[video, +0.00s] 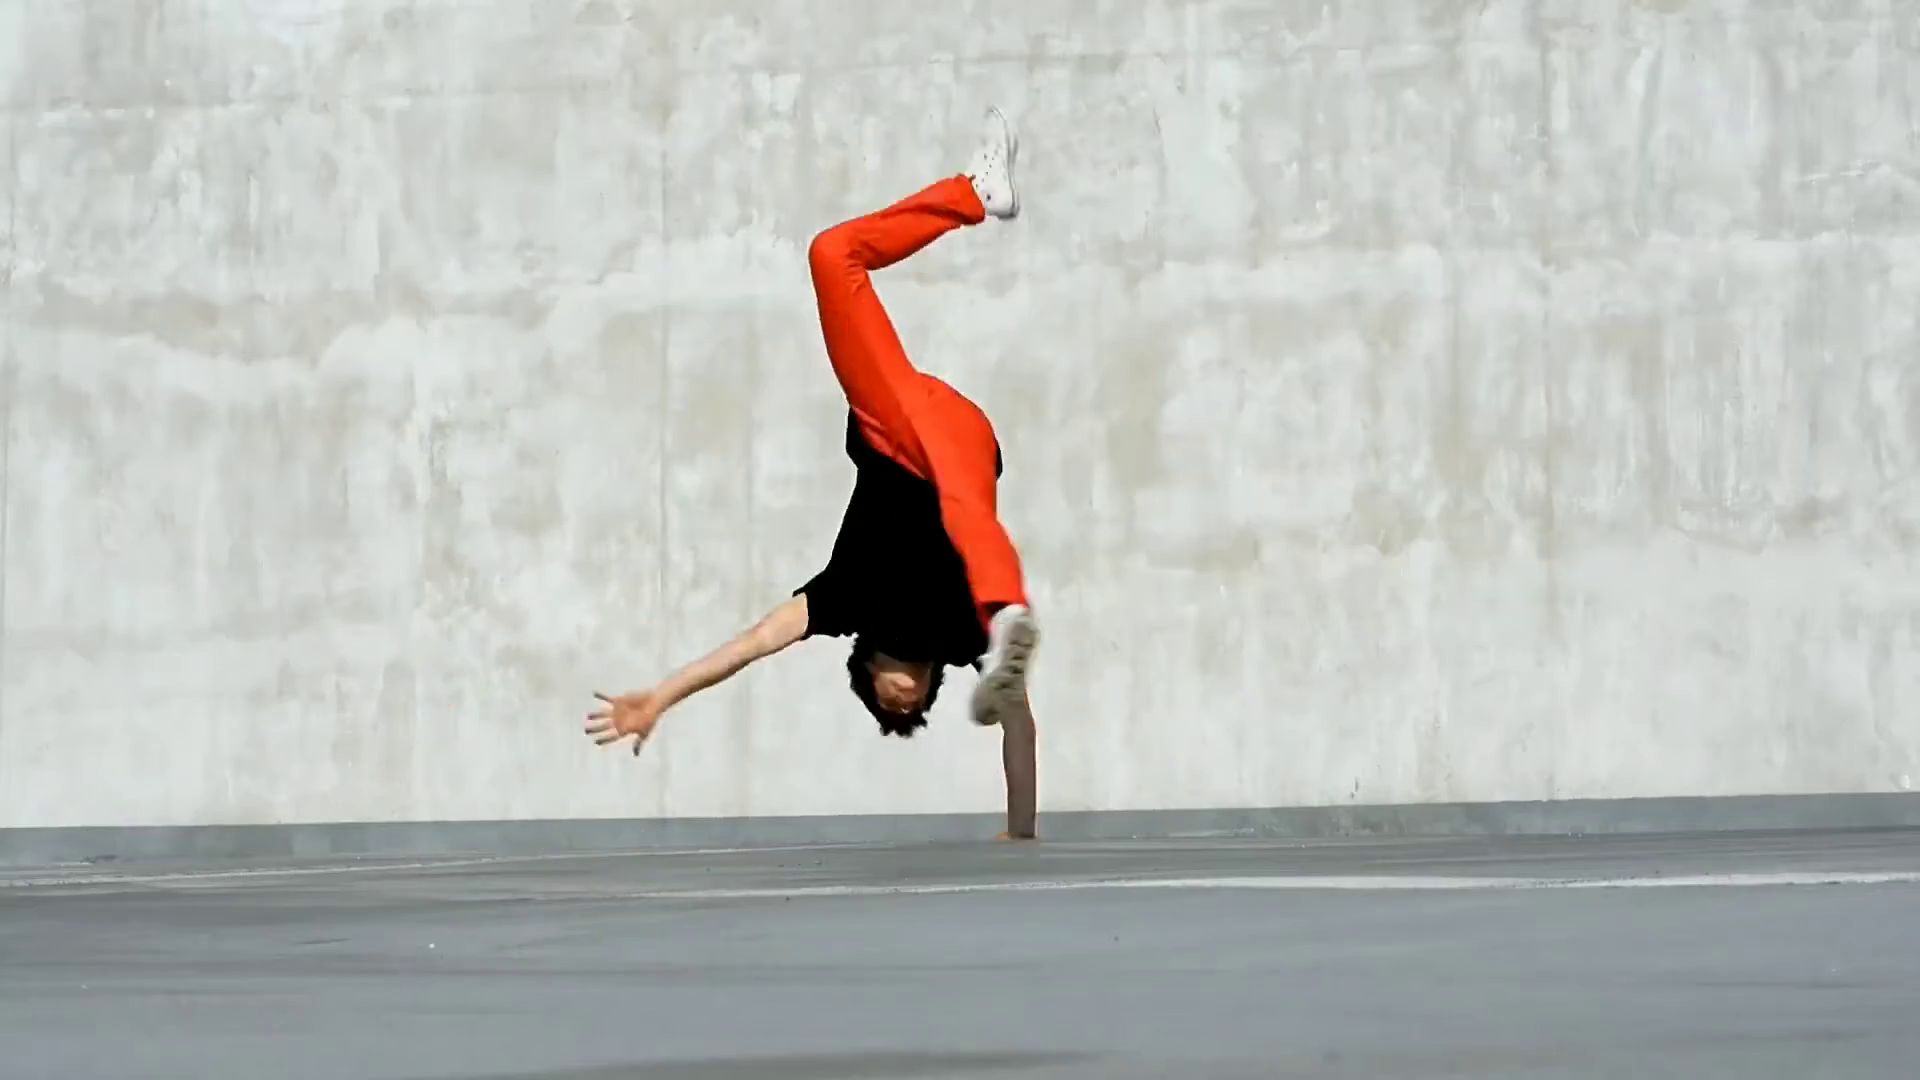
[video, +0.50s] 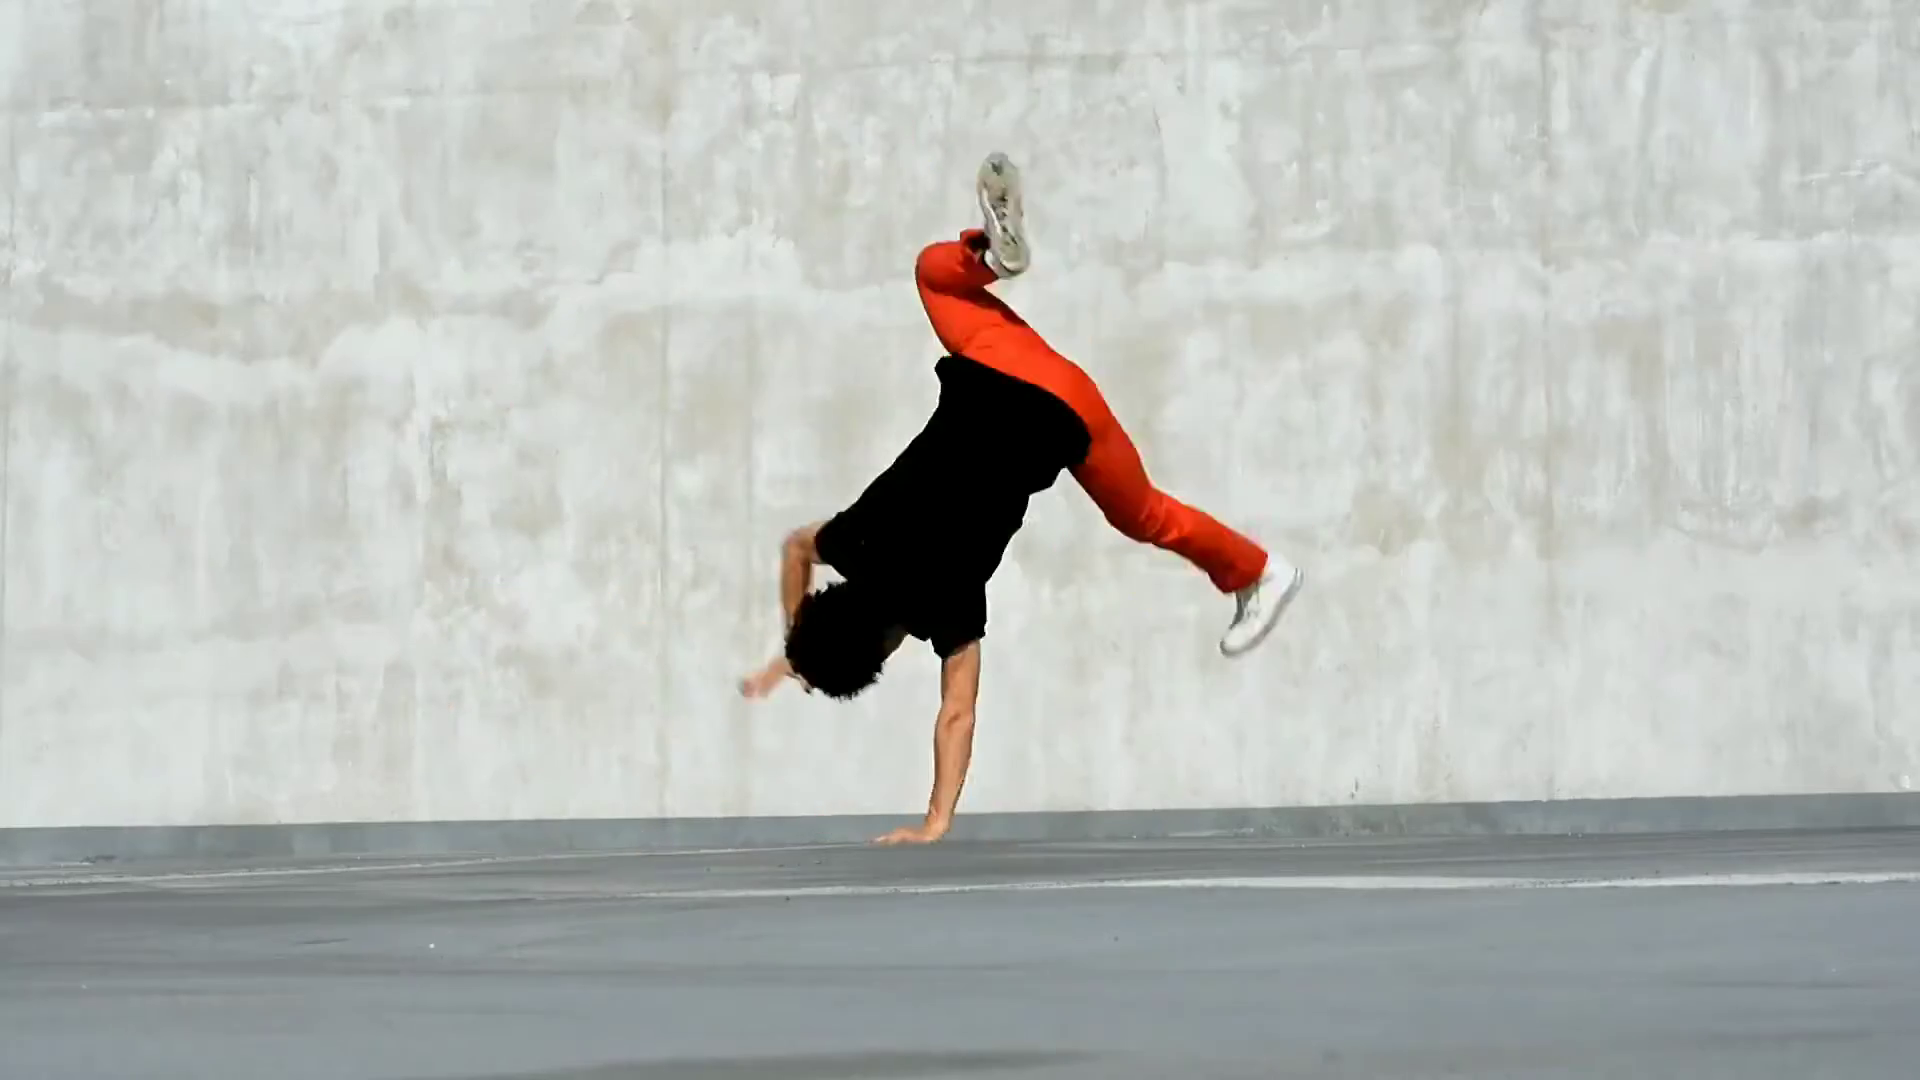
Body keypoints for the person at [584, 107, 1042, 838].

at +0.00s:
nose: (911, 703)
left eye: (895, 705)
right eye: (913, 708)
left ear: (872, 676)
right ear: (923, 681)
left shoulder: (844, 599)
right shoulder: (968, 630)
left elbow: (750, 648)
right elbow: (1018, 728)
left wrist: (656, 701)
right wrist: (1023, 837)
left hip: (882, 408)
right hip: (962, 423)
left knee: (834, 253)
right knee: (969, 510)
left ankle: (974, 194)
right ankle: (1013, 618)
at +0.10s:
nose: (896, 709)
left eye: (881, 712)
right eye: (892, 713)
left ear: (857, 677)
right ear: (901, 685)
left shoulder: (841, 610)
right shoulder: (981, 637)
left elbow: (833, 680)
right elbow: (1010, 728)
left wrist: (821, 777)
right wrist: (1020, 830)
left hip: (908, 409)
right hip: (985, 420)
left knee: (851, 257)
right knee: (1106, 501)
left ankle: (881, 102)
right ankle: (1255, 578)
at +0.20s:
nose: (878, 714)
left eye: (864, 707)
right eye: (867, 712)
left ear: (844, 666)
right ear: (879, 671)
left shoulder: (862, 621)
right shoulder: (968, 634)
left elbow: (896, 708)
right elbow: (1003, 729)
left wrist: (923, 819)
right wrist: (1020, 831)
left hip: (931, 411)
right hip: (998, 418)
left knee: (878, 290)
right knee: (1152, 438)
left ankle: (832, 141)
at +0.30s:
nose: (883, 701)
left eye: (870, 696)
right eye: (874, 703)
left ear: (856, 662)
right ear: (872, 666)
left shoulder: (880, 608)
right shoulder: (949, 632)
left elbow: (916, 709)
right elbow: (990, 718)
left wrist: (930, 823)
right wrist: (1018, 826)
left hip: (930, 389)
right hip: (976, 368)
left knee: (982, 418)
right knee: (1120, 362)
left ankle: (1015, 409)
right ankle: (1242, 257)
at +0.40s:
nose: (891, 681)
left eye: (876, 678)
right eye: (881, 679)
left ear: (869, 650)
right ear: (874, 645)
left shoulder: (911, 613)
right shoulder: (918, 610)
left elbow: (929, 709)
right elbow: (965, 690)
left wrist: (931, 821)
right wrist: (980, 779)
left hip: (976, 385)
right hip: (955, 360)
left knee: (1107, 536)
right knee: (1033, 320)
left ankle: (1255, 669)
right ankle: (1046, 173)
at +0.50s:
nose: (814, 686)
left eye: (827, 681)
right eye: (809, 675)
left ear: (877, 653)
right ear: (836, 614)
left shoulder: (955, 610)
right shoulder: (853, 545)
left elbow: (957, 715)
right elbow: (795, 552)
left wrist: (937, 822)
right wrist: (791, 647)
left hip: (1067, 409)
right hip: (990, 377)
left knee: (1146, 517)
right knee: (931, 277)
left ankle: (1258, 575)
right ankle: (994, 253)